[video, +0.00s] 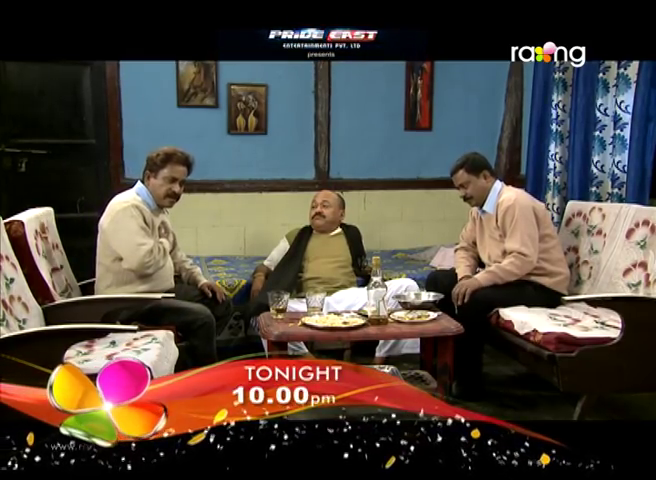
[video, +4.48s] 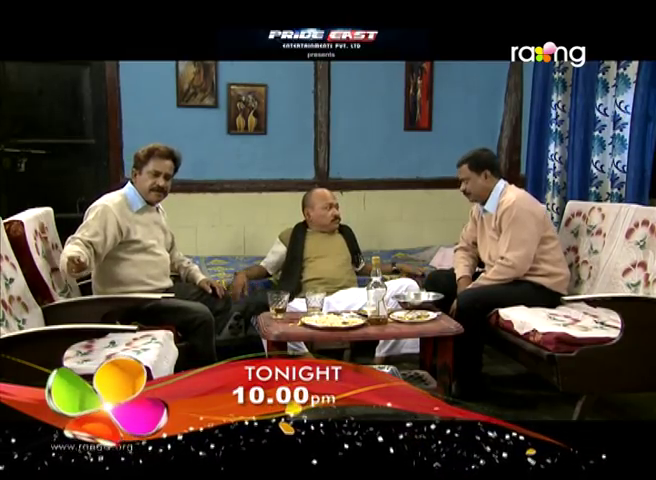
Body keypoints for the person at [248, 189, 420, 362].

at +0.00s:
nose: (317, 210)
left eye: (325, 206)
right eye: (314, 206)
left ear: (341, 213)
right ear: (309, 211)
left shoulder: (351, 233)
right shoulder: (297, 236)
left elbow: (362, 268)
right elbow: (265, 267)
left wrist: (377, 282)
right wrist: (257, 295)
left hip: (351, 297)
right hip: (310, 300)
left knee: (407, 286)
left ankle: (381, 362)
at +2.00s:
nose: (317, 210)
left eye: (325, 206)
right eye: (313, 206)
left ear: (340, 213)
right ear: (309, 212)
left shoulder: (351, 233)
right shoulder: (297, 236)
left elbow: (361, 269)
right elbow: (264, 270)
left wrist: (379, 281)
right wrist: (255, 303)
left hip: (350, 298)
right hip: (310, 300)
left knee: (406, 285)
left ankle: (383, 362)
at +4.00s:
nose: (336, 213)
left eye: (337, 207)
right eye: (328, 209)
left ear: (340, 208)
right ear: (309, 214)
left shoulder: (347, 233)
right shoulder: (294, 237)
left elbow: (360, 267)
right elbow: (264, 268)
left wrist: (376, 278)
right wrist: (258, 279)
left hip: (352, 297)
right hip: (311, 300)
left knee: (406, 287)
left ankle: (383, 366)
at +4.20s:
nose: (336, 213)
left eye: (337, 207)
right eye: (329, 209)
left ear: (340, 208)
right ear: (309, 214)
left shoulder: (347, 234)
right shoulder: (293, 237)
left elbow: (359, 267)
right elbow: (266, 267)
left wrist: (378, 276)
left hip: (351, 297)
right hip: (311, 299)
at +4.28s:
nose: (336, 213)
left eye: (337, 207)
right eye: (329, 209)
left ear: (340, 208)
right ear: (309, 214)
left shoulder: (346, 234)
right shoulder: (293, 237)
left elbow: (358, 267)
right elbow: (266, 266)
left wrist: (380, 272)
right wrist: (254, 278)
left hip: (350, 298)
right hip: (310, 300)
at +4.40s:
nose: (336, 212)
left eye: (337, 207)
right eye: (328, 208)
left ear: (339, 208)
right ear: (308, 214)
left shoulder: (346, 233)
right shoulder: (293, 236)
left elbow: (359, 267)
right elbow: (267, 267)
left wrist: (390, 270)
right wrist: (249, 277)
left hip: (350, 299)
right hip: (311, 300)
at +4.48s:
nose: (336, 212)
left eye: (337, 207)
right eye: (329, 208)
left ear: (339, 208)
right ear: (308, 213)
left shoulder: (345, 233)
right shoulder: (292, 236)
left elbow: (360, 267)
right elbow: (267, 267)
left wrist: (395, 270)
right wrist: (242, 274)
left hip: (351, 298)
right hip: (310, 300)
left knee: (406, 286)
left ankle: (379, 365)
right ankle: (312, 366)